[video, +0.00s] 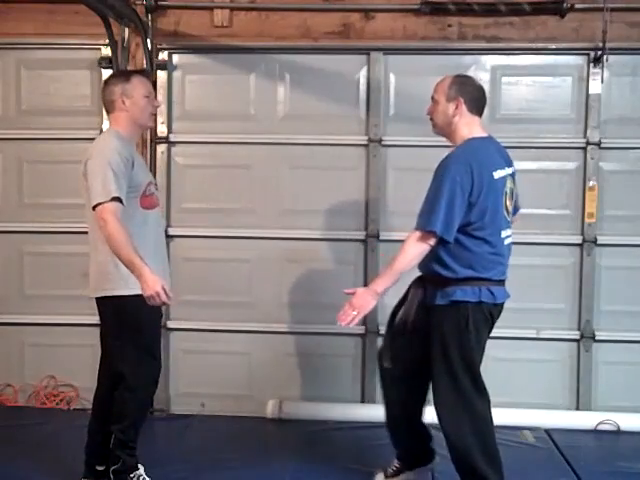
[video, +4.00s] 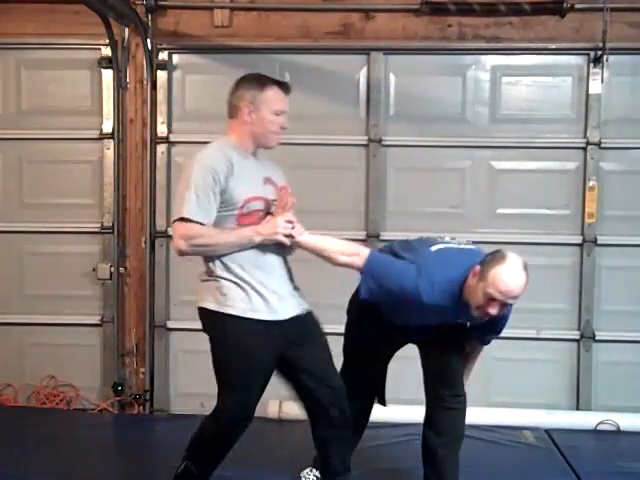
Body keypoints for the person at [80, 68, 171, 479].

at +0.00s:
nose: (156, 105)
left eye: (155, 98)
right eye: (148, 97)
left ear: (127, 105)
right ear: (122, 103)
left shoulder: (127, 151)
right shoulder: (107, 151)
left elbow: (127, 219)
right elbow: (107, 219)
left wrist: (153, 277)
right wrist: (144, 274)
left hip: (132, 287)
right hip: (124, 288)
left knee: (117, 377)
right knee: (139, 377)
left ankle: (98, 464)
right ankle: (122, 465)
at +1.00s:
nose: (236, 115)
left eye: (233, 108)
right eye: (230, 109)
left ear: (196, 118)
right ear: (208, 114)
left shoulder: (169, 169)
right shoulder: (228, 144)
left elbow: (194, 226)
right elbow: (297, 176)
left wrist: (259, 232)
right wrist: (262, 172)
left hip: (191, 292)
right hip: (232, 287)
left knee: (197, 368)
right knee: (261, 381)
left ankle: (145, 446)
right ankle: (266, 469)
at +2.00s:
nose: (282, 117)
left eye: (281, 109)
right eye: (277, 109)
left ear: (240, 110)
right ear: (257, 108)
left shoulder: (211, 153)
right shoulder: (267, 141)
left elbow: (242, 227)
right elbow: (345, 149)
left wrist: (299, 220)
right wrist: (380, 139)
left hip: (221, 290)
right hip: (265, 288)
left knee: (211, 369)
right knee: (286, 382)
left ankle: (164, 452)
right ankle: (272, 471)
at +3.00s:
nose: (180, 101)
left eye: (179, 93)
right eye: (171, 94)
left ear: (158, 102)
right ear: (143, 102)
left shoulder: (167, 149)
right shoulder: (139, 143)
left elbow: (214, 206)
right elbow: (152, 204)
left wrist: (222, 165)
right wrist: (201, 161)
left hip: (178, 274)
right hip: (161, 273)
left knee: (169, 376)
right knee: (180, 377)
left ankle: (150, 465)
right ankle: (169, 468)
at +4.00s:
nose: (285, 124)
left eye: (286, 115)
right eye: (277, 114)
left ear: (255, 116)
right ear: (246, 113)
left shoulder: (270, 170)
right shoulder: (211, 161)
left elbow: (284, 247)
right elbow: (184, 239)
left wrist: (284, 218)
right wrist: (259, 234)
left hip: (287, 309)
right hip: (236, 312)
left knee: (331, 404)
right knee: (234, 412)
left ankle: (334, 474)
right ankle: (189, 475)